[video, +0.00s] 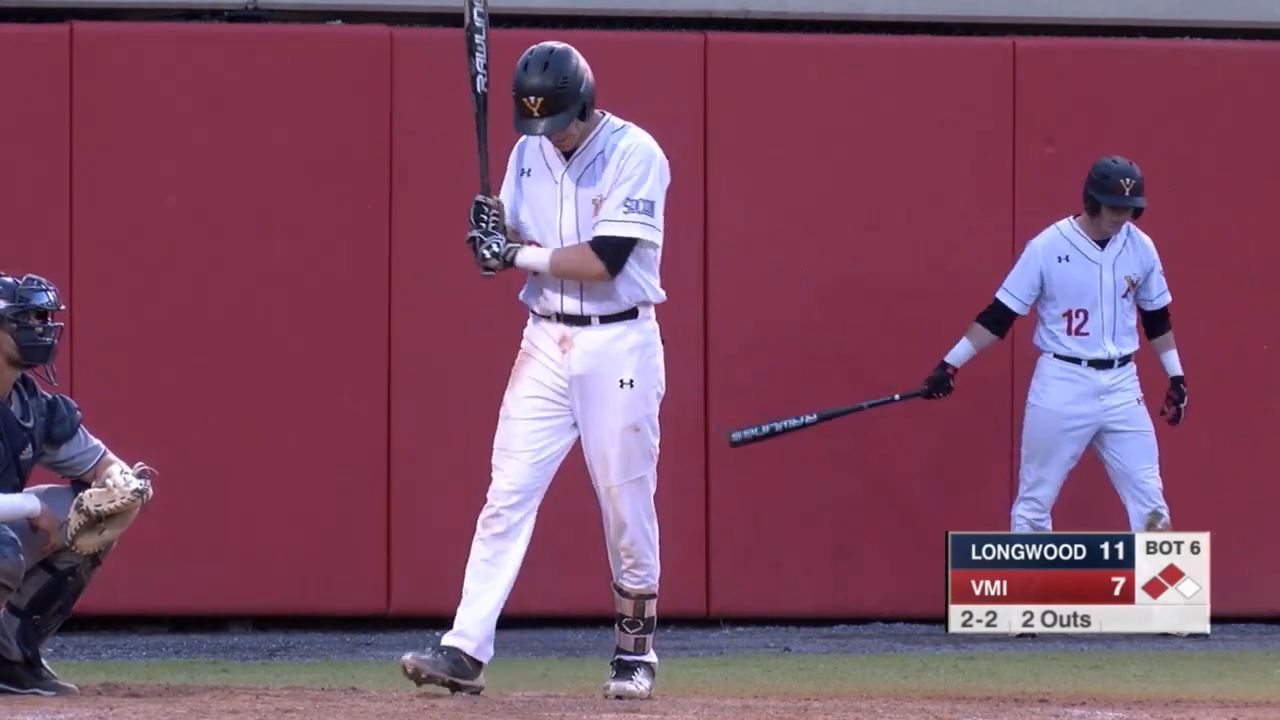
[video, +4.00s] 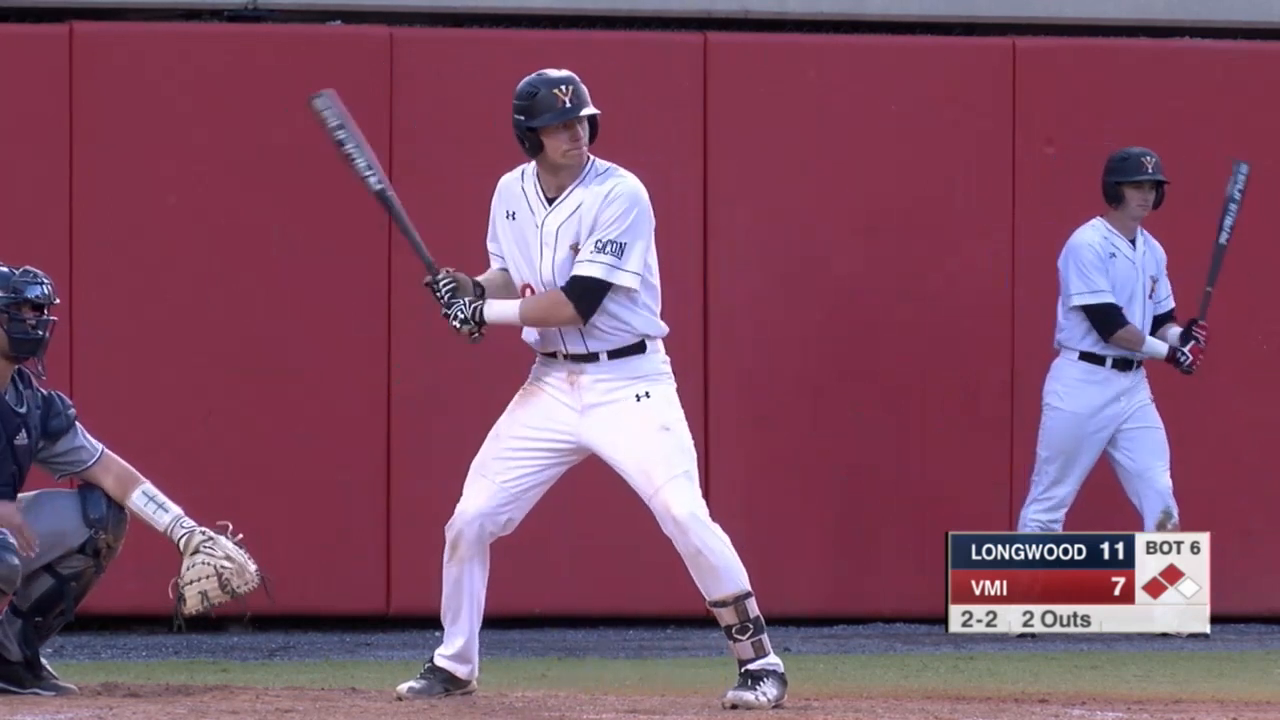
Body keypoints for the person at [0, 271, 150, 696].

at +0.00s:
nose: (38, 328)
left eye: (41, 318)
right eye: (23, 319)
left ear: (48, 325)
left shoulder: (37, 406)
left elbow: (97, 461)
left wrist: (125, 484)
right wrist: (27, 505)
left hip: (9, 522)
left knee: (96, 511)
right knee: (11, 545)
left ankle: (15, 652)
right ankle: (8, 653)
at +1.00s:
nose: (38, 330)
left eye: (41, 321)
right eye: (23, 320)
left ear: (46, 327)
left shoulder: (35, 405)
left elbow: (98, 463)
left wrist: (128, 485)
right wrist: (26, 507)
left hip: (9, 522)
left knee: (93, 513)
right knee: (9, 547)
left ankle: (15, 651)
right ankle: (8, 654)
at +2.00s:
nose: (30, 339)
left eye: (38, 331)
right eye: (20, 327)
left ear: (48, 336)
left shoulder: (39, 408)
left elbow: (106, 469)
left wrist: (159, 498)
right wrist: (4, 463)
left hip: (6, 535)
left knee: (94, 510)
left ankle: (14, 650)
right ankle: (11, 651)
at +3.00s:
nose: (29, 325)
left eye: (34, 315)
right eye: (17, 314)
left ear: (41, 321)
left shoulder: (23, 395)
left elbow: (107, 466)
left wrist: (183, 512)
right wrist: (21, 427)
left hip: (5, 528)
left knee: (98, 515)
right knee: (8, 561)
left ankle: (14, 651)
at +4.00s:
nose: (31, 322)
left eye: (36, 312)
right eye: (18, 312)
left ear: (44, 318)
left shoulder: (34, 404)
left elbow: (110, 472)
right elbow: (8, 513)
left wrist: (186, 532)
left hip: (3, 526)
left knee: (98, 515)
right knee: (5, 559)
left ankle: (13, 652)